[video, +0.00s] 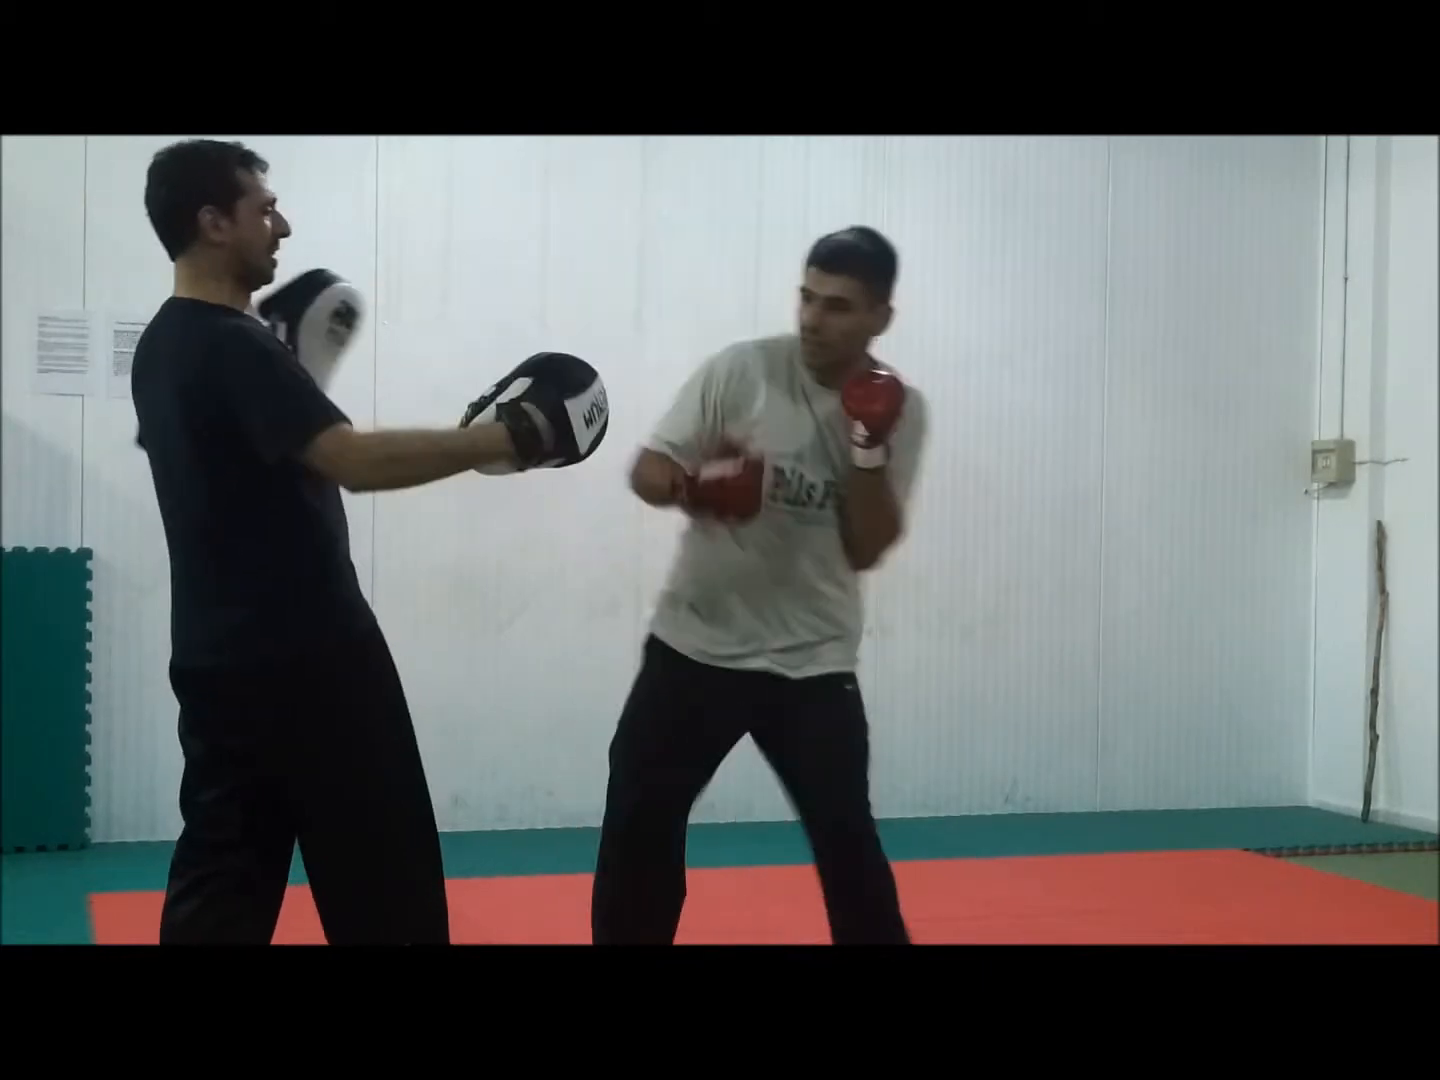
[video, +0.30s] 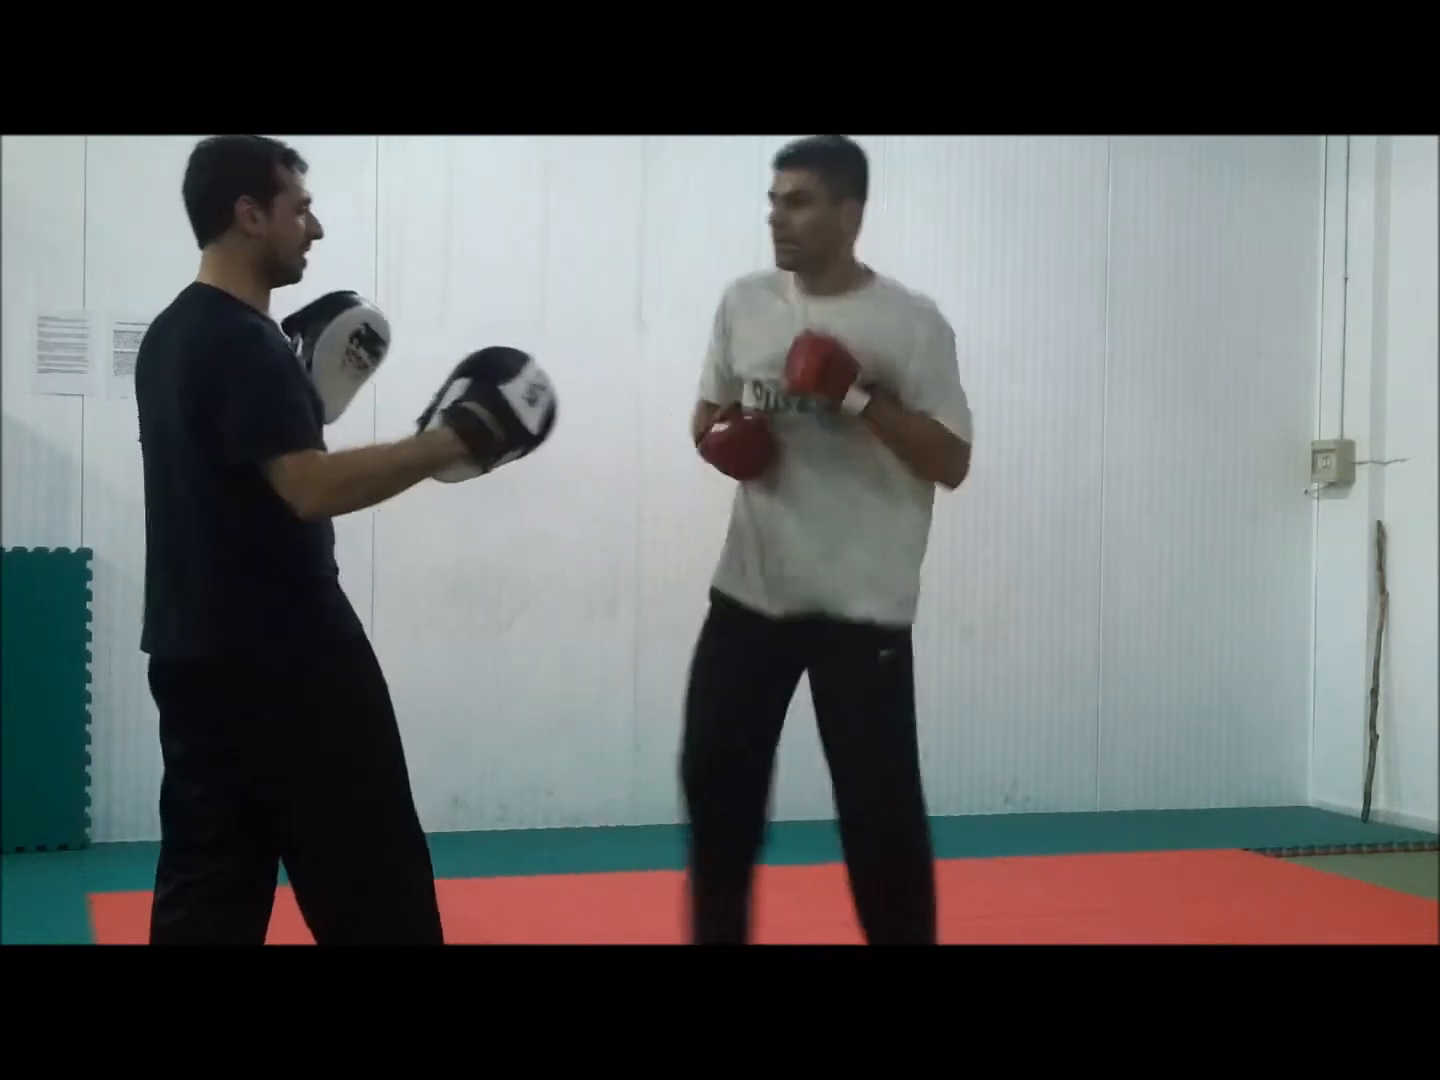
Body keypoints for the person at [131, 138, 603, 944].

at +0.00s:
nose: (281, 224)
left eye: (275, 207)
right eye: (265, 208)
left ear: (207, 229)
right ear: (213, 224)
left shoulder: (164, 344)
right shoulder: (234, 341)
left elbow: (230, 468)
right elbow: (350, 458)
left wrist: (285, 364)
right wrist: (507, 440)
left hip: (219, 660)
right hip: (312, 656)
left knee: (220, 884)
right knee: (387, 881)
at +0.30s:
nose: (315, 227)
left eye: (310, 207)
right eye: (302, 207)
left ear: (233, 217)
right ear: (248, 213)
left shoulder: (170, 335)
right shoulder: (244, 338)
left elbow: (219, 479)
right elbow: (310, 489)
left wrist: (305, 397)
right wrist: (443, 446)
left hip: (195, 652)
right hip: (291, 653)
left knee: (207, 884)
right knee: (376, 882)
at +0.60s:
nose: (306, 272)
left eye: (311, 252)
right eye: (306, 249)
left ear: (216, 233)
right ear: (266, 235)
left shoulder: (110, 337)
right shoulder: (251, 345)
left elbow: (61, 487)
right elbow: (286, 502)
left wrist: (68, 607)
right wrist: (410, 499)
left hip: (122, 654)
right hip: (239, 657)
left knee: (106, 882)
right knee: (267, 888)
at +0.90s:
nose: (304, 273)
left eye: (308, 253)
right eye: (303, 249)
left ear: (213, 232)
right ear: (261, 233)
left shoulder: (107, 338)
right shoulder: (244, 347)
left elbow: (60, 488)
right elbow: (281, 507)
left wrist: (68, 608)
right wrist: (407, 499)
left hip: (121, 660)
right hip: (237, 663)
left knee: (104, 887)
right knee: (267, 895)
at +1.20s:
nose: (264, 253)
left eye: (265, 233)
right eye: (257, 230)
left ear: (190, 226)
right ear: (208, 224)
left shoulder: (97, 343)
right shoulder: (193, 336)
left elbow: (82, 508)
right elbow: (255, 477)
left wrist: (95, 622)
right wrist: (373, 417)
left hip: (129, 662)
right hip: (226, 662)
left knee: (113, 881)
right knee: (263, 886)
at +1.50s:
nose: (279, 263)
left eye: (281, 243)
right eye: (275, 240)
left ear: (200, 228)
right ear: (227, 226)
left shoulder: (106, 335)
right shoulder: (192, 336)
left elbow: (84, 495)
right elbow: (235, 494)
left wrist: (143, 582)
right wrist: (374, 462)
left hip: (118, 643)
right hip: (212, 647)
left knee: (111, 867)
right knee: (256, 868)